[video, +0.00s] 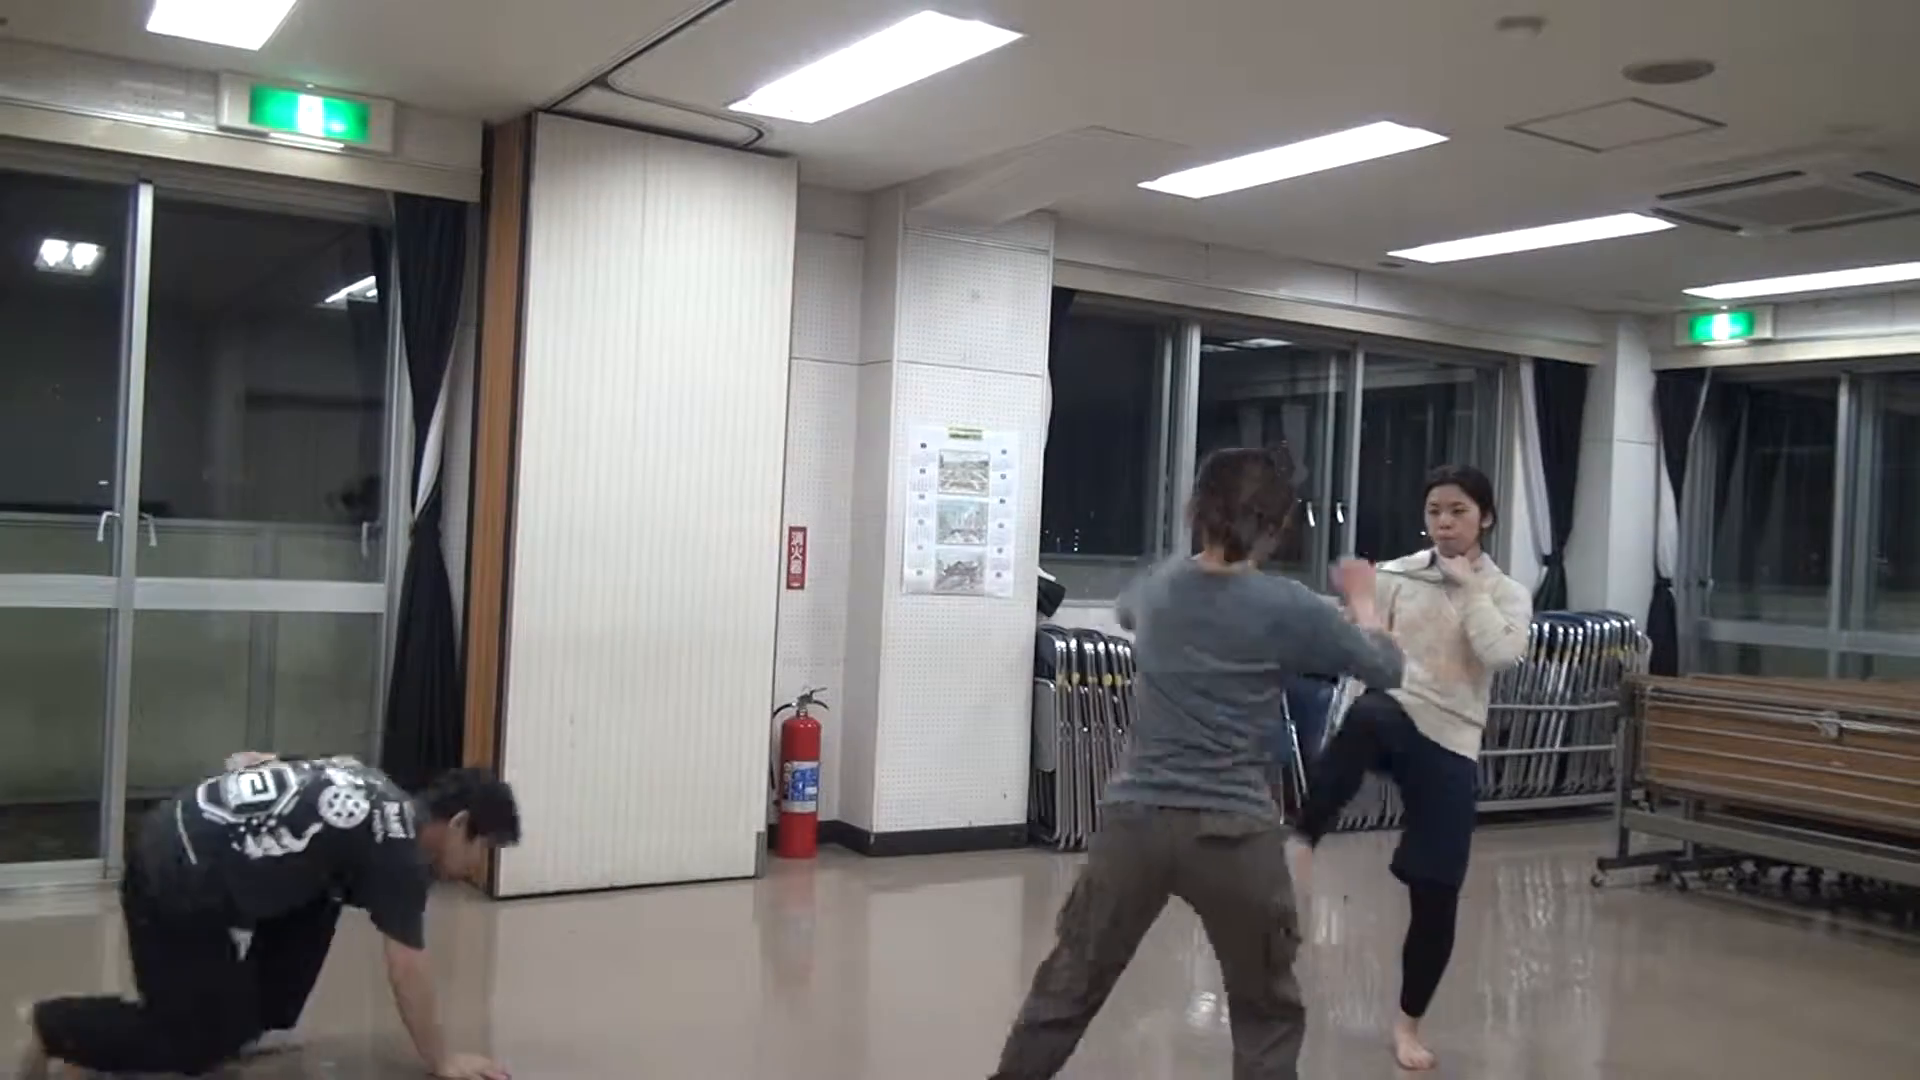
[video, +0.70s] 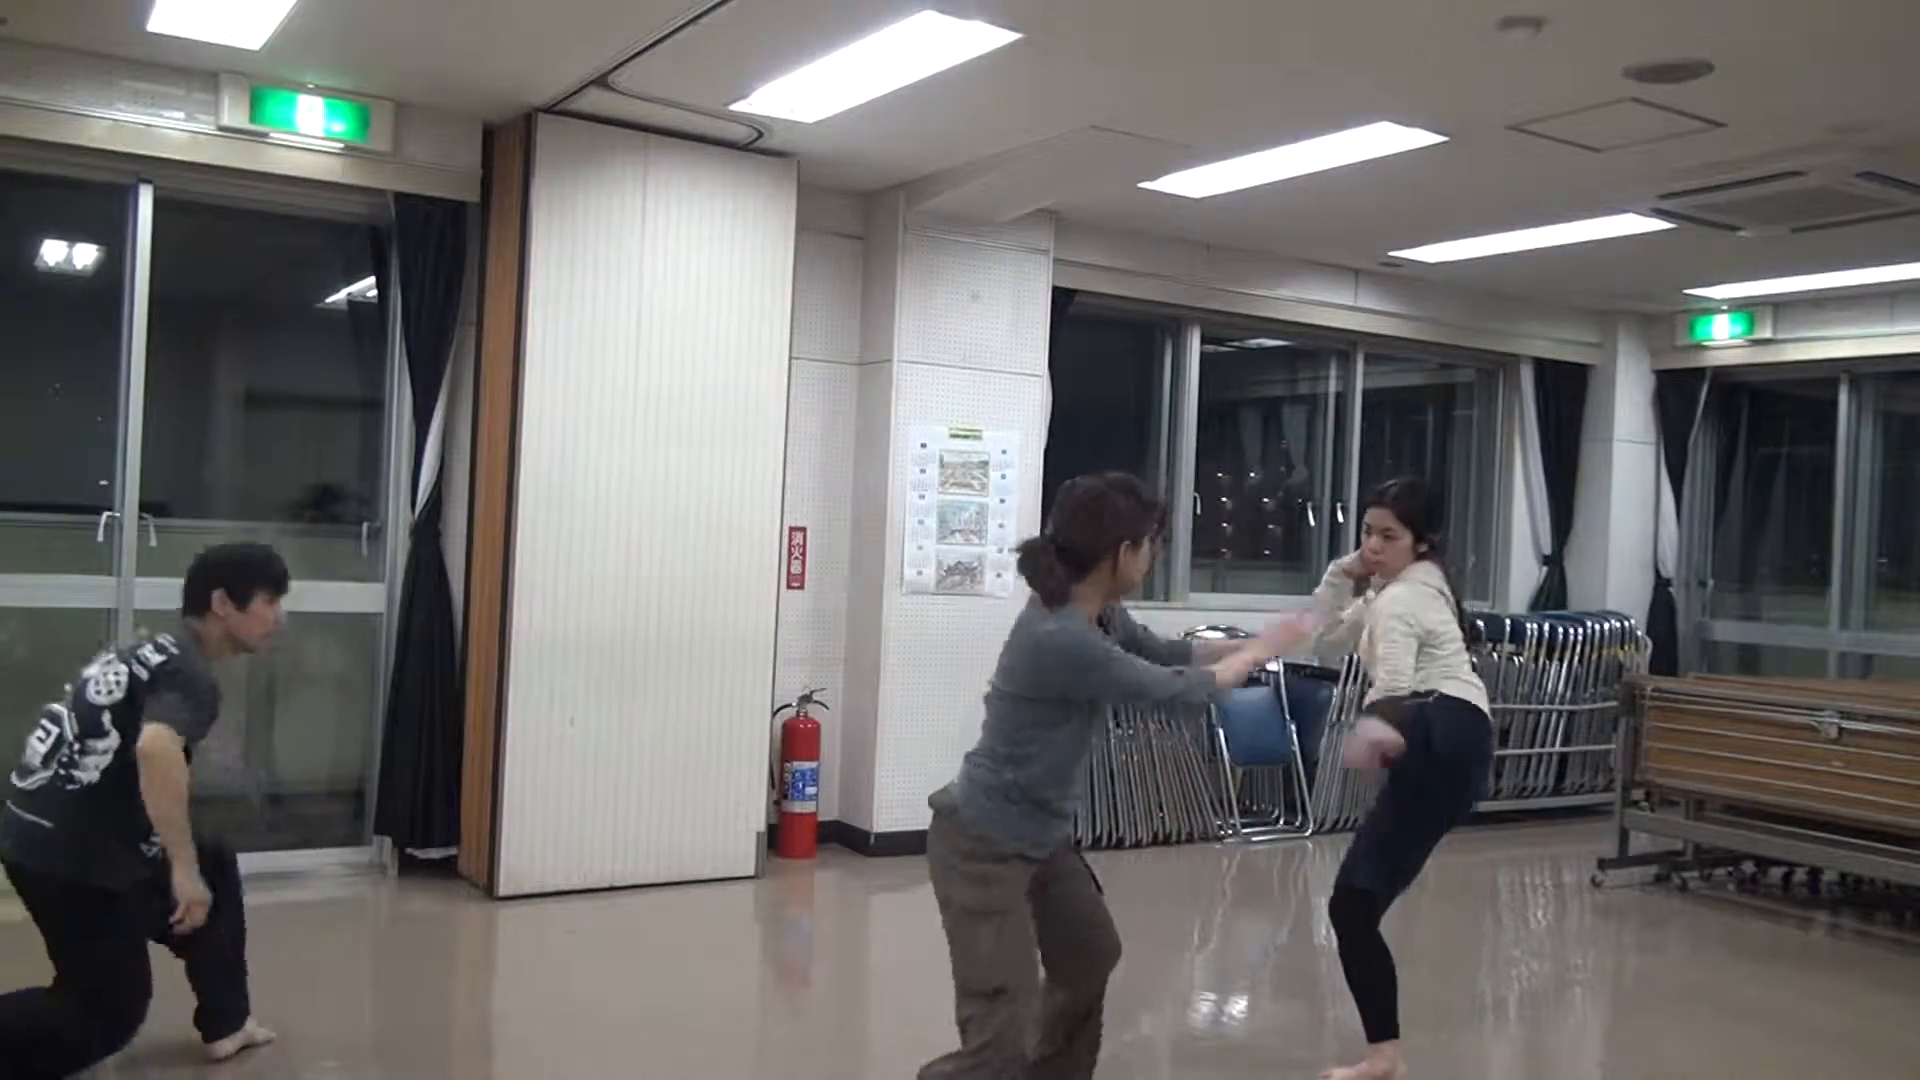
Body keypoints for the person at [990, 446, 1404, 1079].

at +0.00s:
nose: (1286, 528)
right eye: (1284, 516)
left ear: (1198, 513)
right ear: (1276, 525)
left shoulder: (1158, 585)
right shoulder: (1288, 607)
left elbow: (1124, 612)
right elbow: (1386, 668)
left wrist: (1201, 575)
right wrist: (1364, 603)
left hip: (1135, 826)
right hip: (1235, 835)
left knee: (1064, 992)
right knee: (1267, 1013)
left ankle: (1011, 1074)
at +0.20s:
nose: (1246, 552)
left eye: (1247, 539)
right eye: (1244, 539)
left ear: (1175, 533)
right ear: (1230, 542)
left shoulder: (1130, 594)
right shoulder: (1223, 610)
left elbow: (1178, 697)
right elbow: (1288, 704)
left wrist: (1254, 731)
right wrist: (1301, 759)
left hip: (1056, 816)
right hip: (1137, 830)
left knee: (1070, 980)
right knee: (1228, 1003)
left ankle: (1020, 1076)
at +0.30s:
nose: (1221, 536)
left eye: (1223, 522)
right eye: (1220, 521)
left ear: (1153, 511)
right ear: (1199, 521)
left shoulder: (1116, 580)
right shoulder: (1150, 587)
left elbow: (1143, 693)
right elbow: (1189, 700)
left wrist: (1174, 769)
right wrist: (1244, 771)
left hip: (1038, 801)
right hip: (1082, 810)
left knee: (1058, 979)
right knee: (1170, 986)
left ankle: (1021, 1076)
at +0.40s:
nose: (1185, 535)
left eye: (1187, 519)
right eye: (1186, 518)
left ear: (1134, 509)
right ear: (1163, 517)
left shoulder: (1122, 593)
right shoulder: (1084, 586)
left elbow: (1112, 700)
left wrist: (1159, 734)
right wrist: (1182, 726)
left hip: (1079, 816)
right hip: (1054, 815)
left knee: (1071, 995)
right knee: (1104, 1006)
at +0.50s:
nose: (1160, 551)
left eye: (1163, 536)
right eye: (1160, 534)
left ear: (1099, 525)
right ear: (1135, 531)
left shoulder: (1104, 609)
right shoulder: (1052, 613)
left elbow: (1106, 703)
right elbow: (1095, 735)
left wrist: (1160, 674)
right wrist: (1159, 673)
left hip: (1074, 838)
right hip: (1020, 835)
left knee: (1099, 976)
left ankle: (1034, 1073)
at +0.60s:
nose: (1153, 555)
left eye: (1155, 540)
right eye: (1151, 539)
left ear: (1102, 538)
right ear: (1122, 541)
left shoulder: (1099, 606)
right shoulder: (1049, 625)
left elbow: (1131, 654)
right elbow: (1148, 718)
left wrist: (1186, 631)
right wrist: (1188, 642)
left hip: (1053, 833)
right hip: (993, 833)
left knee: (1096, 958)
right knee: (990, 1039)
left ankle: (1039, 1072)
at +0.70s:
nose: (1151, 560)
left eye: (1151, 546)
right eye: (1148, 545)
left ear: (1099, 549)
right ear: (1121, 552)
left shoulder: (1097, 616)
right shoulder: (1058, 638)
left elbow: (1168, 654)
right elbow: (1162, 687)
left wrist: (1260, 639)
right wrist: (1258, 658)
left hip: (1042, 836)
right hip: (982, 841)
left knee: (1089, 954)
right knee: (1000, 1042)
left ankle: (1051, 1070)